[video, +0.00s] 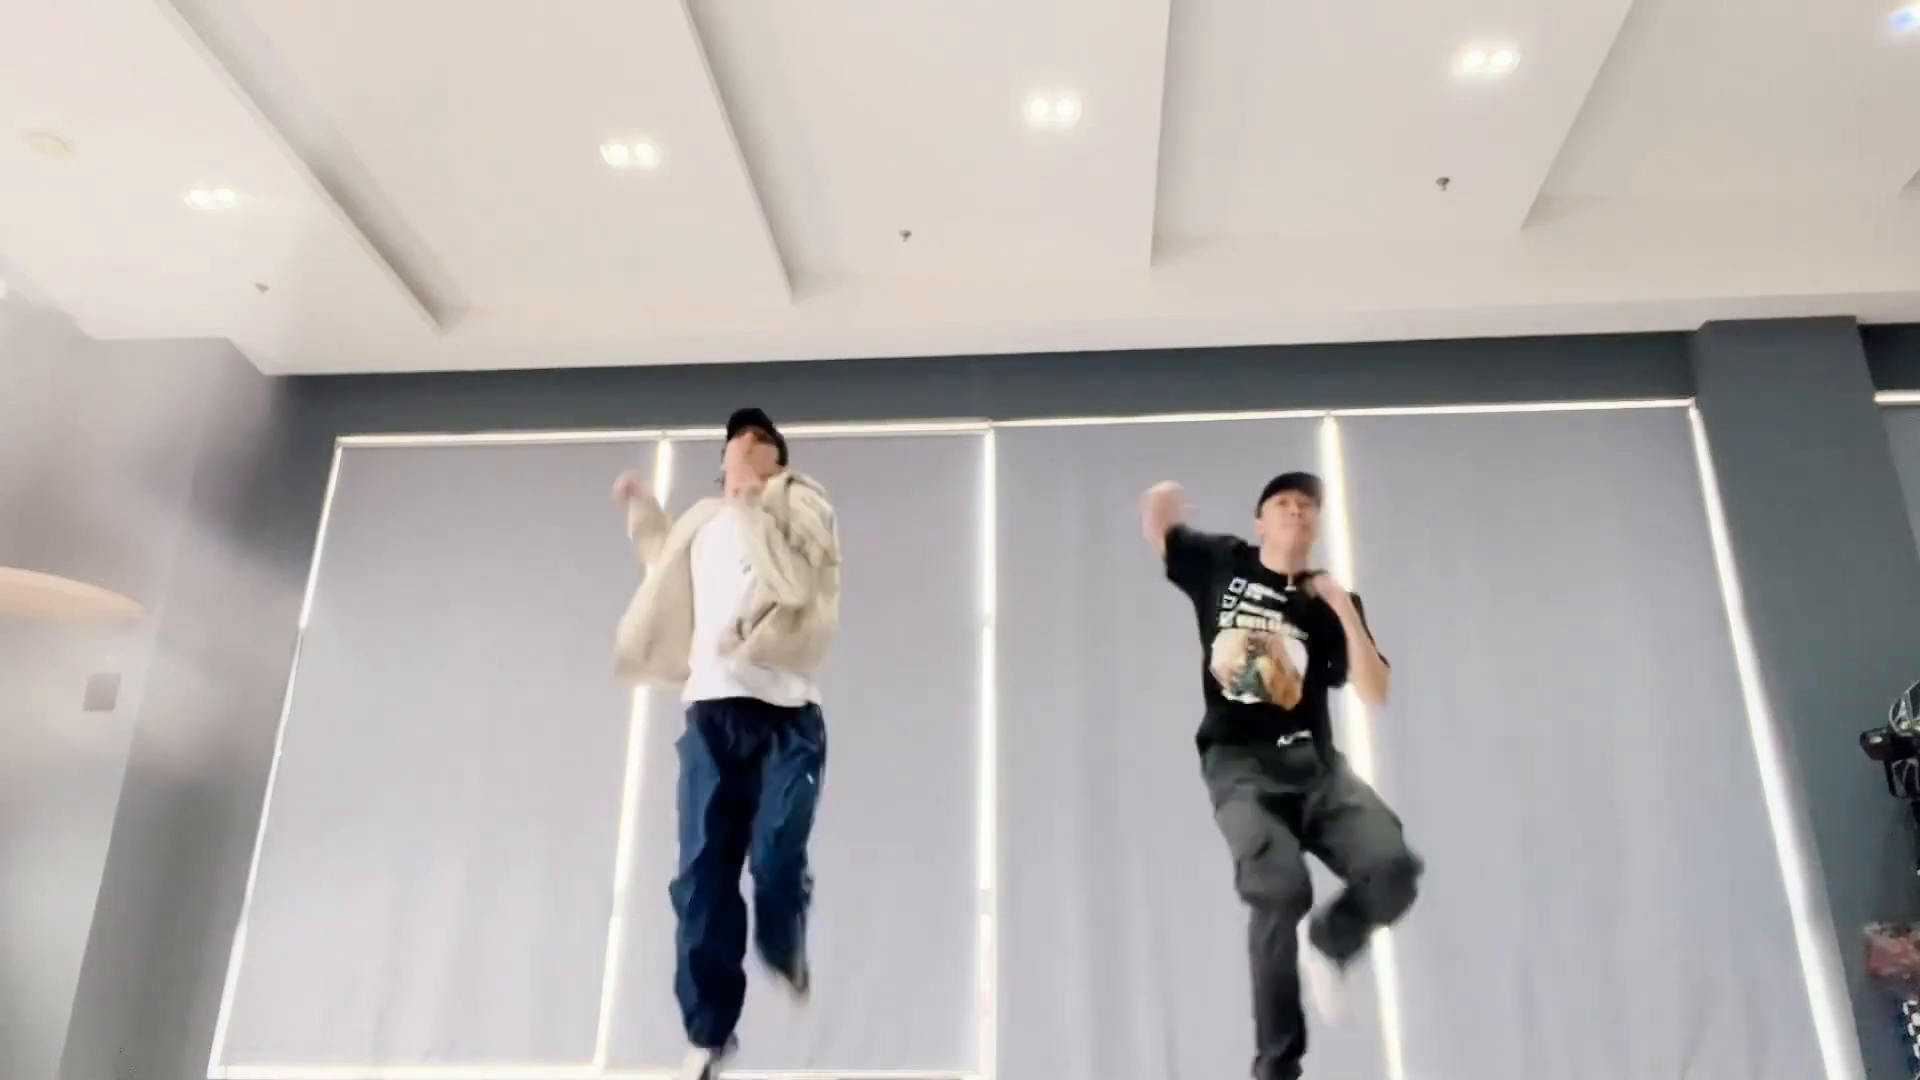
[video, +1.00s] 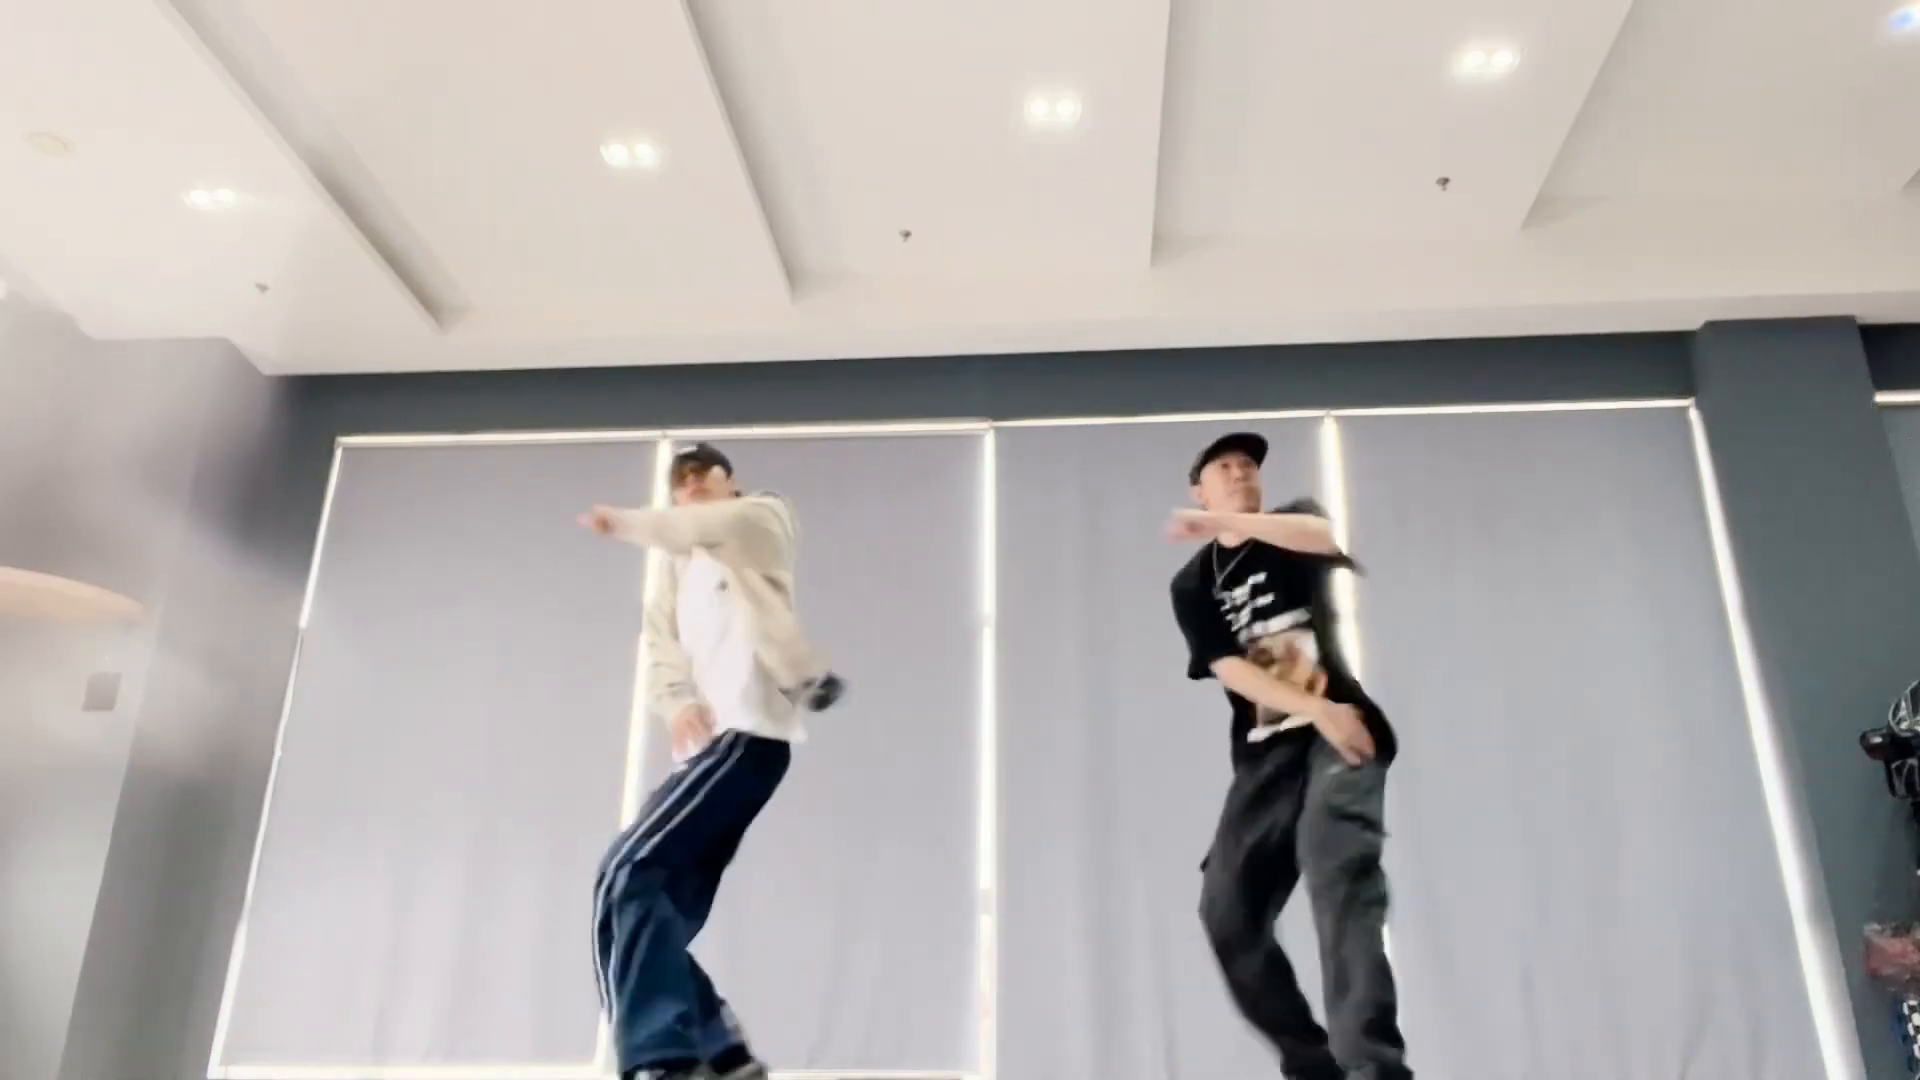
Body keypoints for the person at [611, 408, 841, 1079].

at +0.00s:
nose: (742, 456)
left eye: (755, 446)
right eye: (734, 446)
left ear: (778, 460)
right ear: (723, 459)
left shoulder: (805, 507)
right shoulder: (703, 517)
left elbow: (800, 587)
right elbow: (672, 575)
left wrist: (755, 509)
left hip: (787, 712)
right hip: (711, 710)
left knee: (777, 857)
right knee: (701, 874)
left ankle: (784, 956)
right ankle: (709, 1033)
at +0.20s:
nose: (747, 465)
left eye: (760, 458)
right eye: (737, 457)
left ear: (781, 479)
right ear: (723, 475)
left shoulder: (807, 543)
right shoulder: (690, 532)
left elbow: (832, 615)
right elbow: (612, 515)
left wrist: (812, 654)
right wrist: (656, 492)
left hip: (753, 724)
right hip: (682, 736)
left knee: (714, 820)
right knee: (694, 896)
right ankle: (718, 1058)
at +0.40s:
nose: (743, 479)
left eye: (755, 471)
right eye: (732, 473)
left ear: (778, 493)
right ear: (716, 495)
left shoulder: (810, 571)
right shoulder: (684, 544)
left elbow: (837, 650)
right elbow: (687, 626)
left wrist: (840, 687)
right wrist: (716, 702)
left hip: (737, 753)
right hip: (665, 749)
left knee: (676, 904)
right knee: (661, 914)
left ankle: (682, 1065)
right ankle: (720, 1064)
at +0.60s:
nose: (755, 458)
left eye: (764, 449)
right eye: (740, 455)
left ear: (783, 465)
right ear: (721, 476)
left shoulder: (805, 518)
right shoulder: (676, 521)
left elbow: (716, 504)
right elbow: (655, 615)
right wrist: (696, 680)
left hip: (737, 726)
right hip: (662, 723)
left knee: (708, 898)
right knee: (661, 900)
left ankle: (689, 1067)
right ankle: (711, 1061)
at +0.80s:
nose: (691, 500)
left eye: (701, 484)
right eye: (683, 490)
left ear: (734, 479)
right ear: (679, 495)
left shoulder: (785, 527)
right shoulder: (686, 551)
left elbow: (797, 548)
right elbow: (659, 625)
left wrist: (690, 521)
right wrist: (666, 686)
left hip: (737, 724)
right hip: (697, 723)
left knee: (665, 875)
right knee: (645, 878)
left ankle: (705, 1054)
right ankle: (679, 1052)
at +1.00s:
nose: (692, 488)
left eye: (703, 475)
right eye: (681, 484)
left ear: (731, 479)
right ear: (670, 497)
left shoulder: (769, 518)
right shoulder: (671, 551)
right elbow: (660, 637)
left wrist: (627, 523)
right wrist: (678, 703)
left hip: (752, 737)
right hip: (710, 741)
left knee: (634, 870)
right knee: (620, 882)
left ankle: (663, 1058)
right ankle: (715, 1048)